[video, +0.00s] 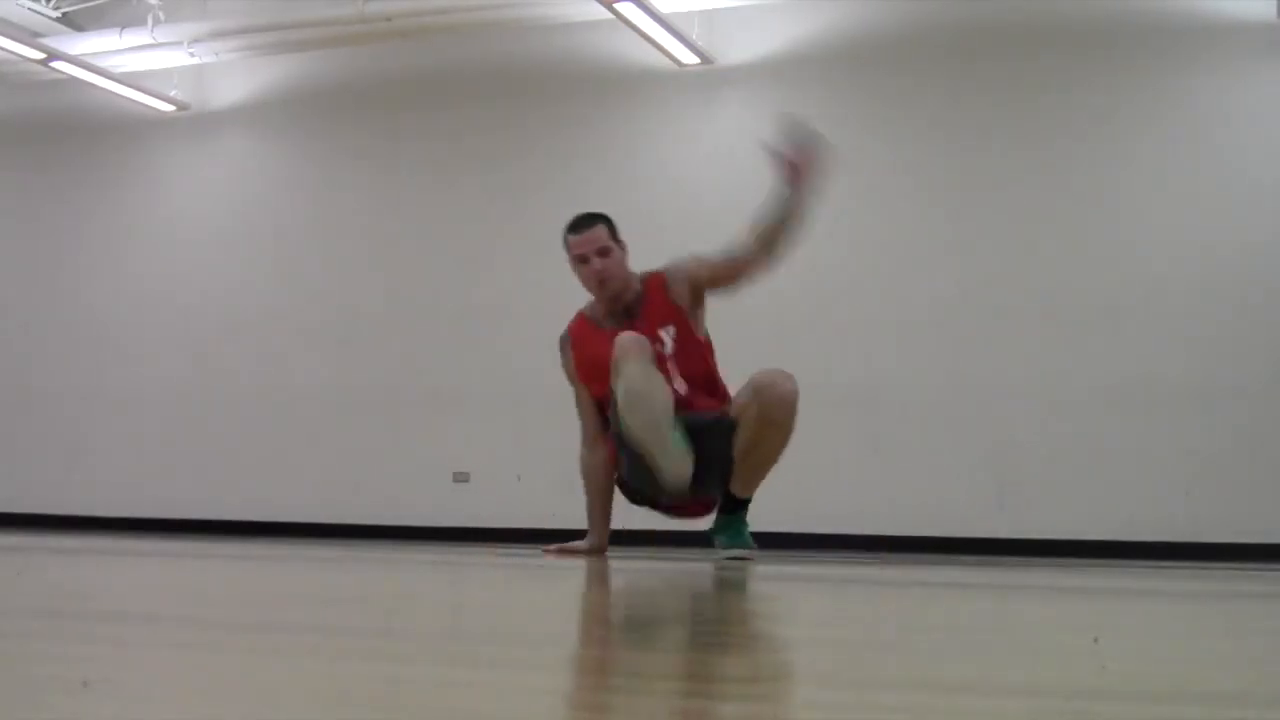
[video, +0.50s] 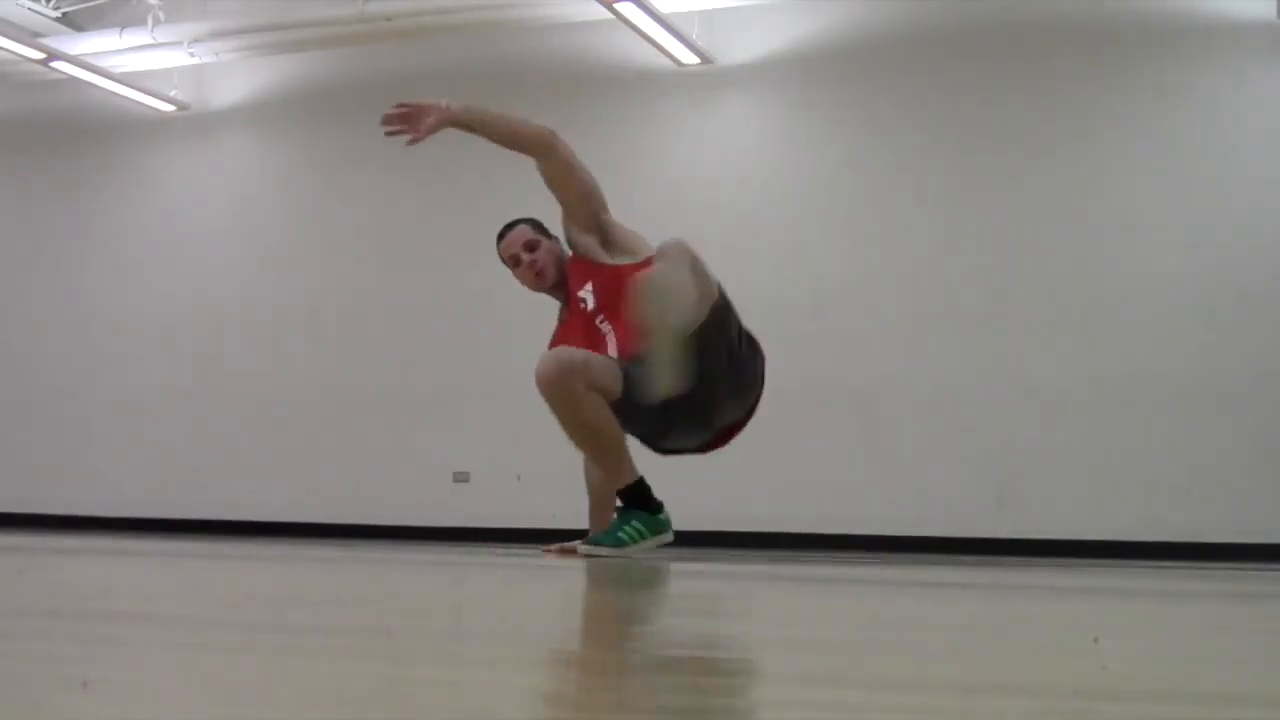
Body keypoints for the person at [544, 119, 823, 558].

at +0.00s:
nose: (597, 268)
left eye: (604, 253)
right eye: (583, 262)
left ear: (624, 250)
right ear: (575, 272)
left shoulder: (678, 283)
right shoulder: (578, 340)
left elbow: (754, 255)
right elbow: (595, 442)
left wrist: (792, 190)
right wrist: (597, 540)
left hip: (716, 458)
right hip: (648, 475)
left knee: (776, 388)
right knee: (630, 346)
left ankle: (733, 519)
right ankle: (656, 435)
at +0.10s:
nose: (565, 261)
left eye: (570, 246)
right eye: (550, 257)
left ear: (590, 242)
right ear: (543, 268)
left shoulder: (639, 252)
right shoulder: (569, 344)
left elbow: (669, 160)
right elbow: (594, 443)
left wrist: (629, 89)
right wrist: (597, 539)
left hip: (714, 369)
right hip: (661, 418)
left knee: (799, 375)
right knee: (587, 309)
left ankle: (764, 507)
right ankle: (686, 376)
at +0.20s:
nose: (551, 258)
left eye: (555, 245)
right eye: (538, 257)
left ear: (575, 243)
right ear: (534, 272)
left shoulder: (621, 241)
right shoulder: (577, 342)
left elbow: (605, 143)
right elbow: (597, 448)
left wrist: (542, 82)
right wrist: (595, 542)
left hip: (706, 320)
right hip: (659, 363)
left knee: (791, 295)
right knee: (553, 308)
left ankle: (839, 448)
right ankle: (688, 397)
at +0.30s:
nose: (542, 260)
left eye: (546, 246)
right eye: (531, 260)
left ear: (568, 240)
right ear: (532, 276)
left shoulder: (611, 236)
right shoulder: (574, 331)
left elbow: (573, 144)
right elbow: (598, 448)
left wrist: (515, 93)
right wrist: (596, 546)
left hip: (705, 316)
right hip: (662, 366)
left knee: (763, 227)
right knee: (542, 340)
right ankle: (672, 446)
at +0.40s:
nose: (532, 259)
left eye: (535, 246)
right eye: (521, 261)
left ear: (558, 240)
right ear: (526, 283)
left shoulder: (598, 235)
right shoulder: (570, 346)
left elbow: (548, 140)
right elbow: (596, 442)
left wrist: (473, 104)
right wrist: (597, 538)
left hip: (710, 337)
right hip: (667, 390)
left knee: (706, 228)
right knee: (557, 373)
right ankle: (652, 517)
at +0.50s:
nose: (526, 265)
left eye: (531, 249)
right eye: (514, 265)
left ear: (555, 242)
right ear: (515, 278)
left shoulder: (596, 241)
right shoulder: (567, 349)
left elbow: (548, 144)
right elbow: (598, 446)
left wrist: (453, 115)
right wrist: (598, 535)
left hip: (728, 377)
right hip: (675, 426)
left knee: (674, 258)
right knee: (557, 369)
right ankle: (644, 511)